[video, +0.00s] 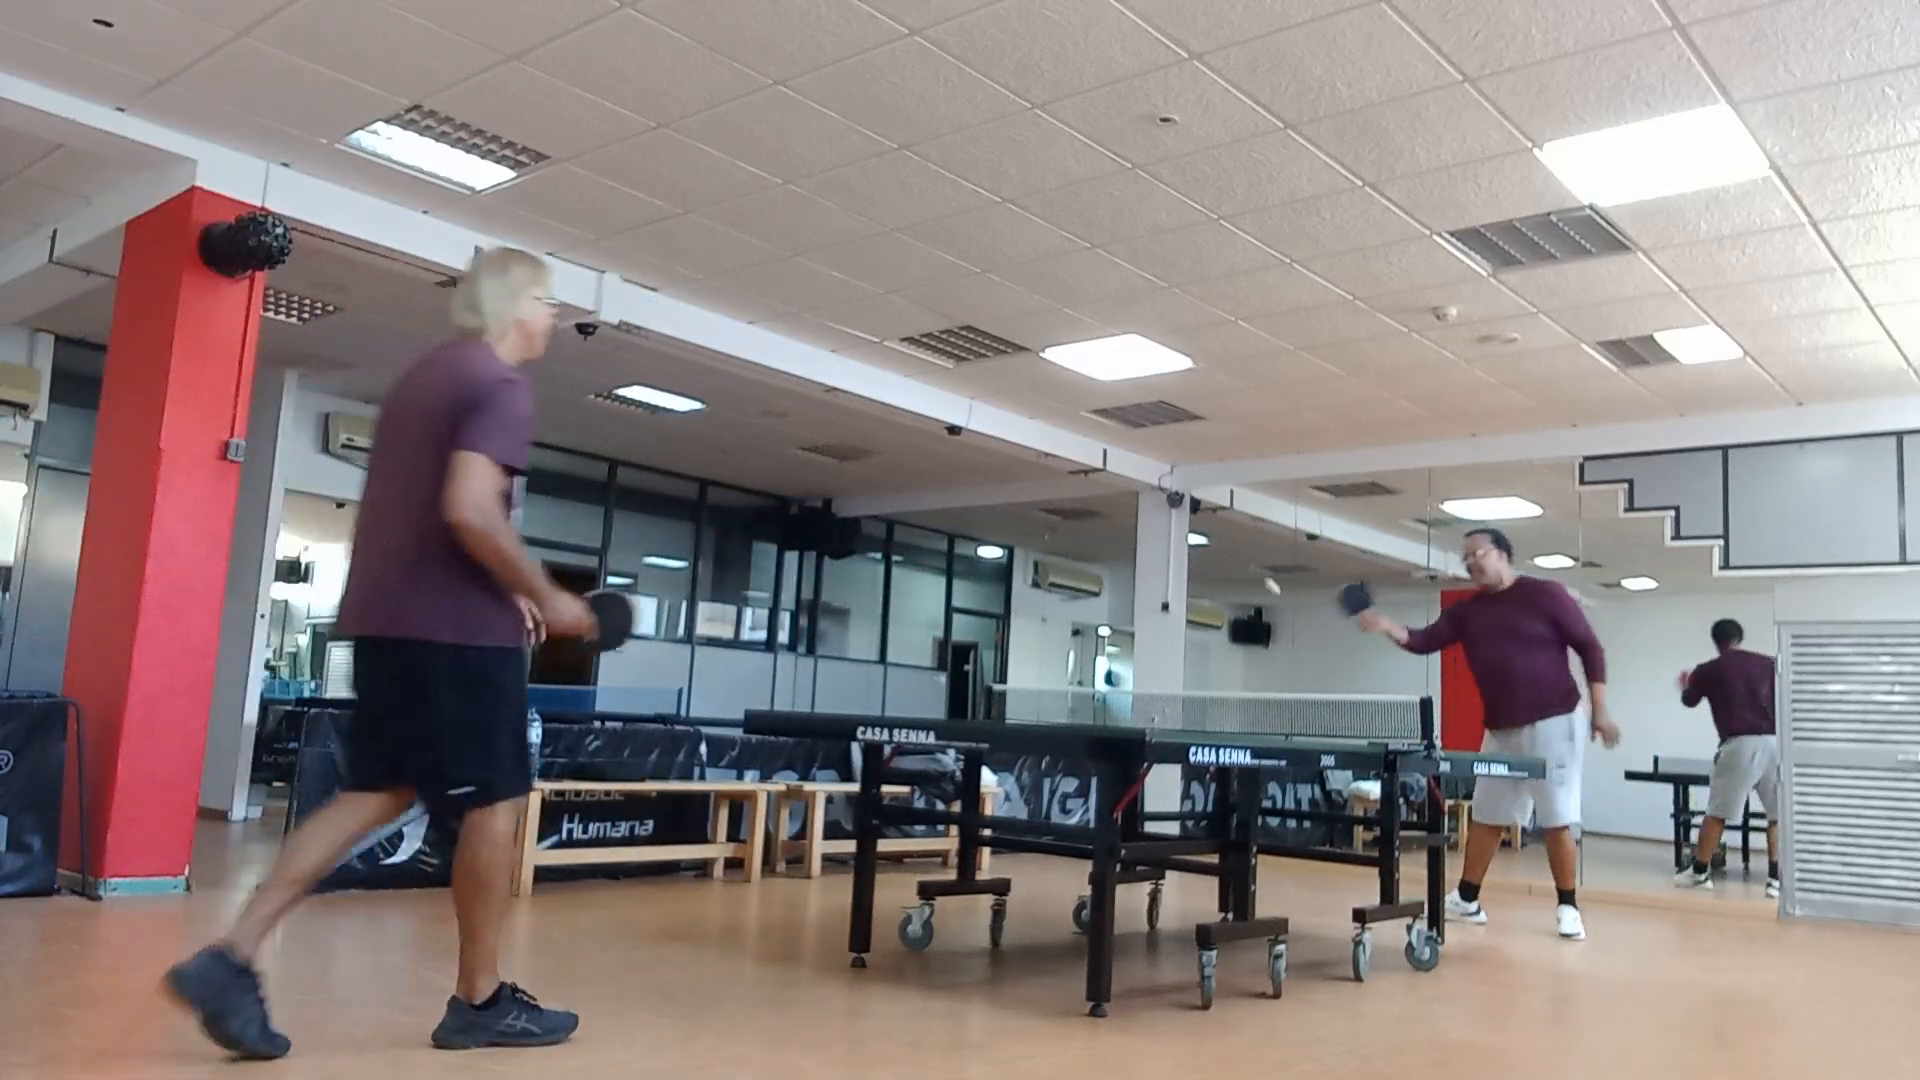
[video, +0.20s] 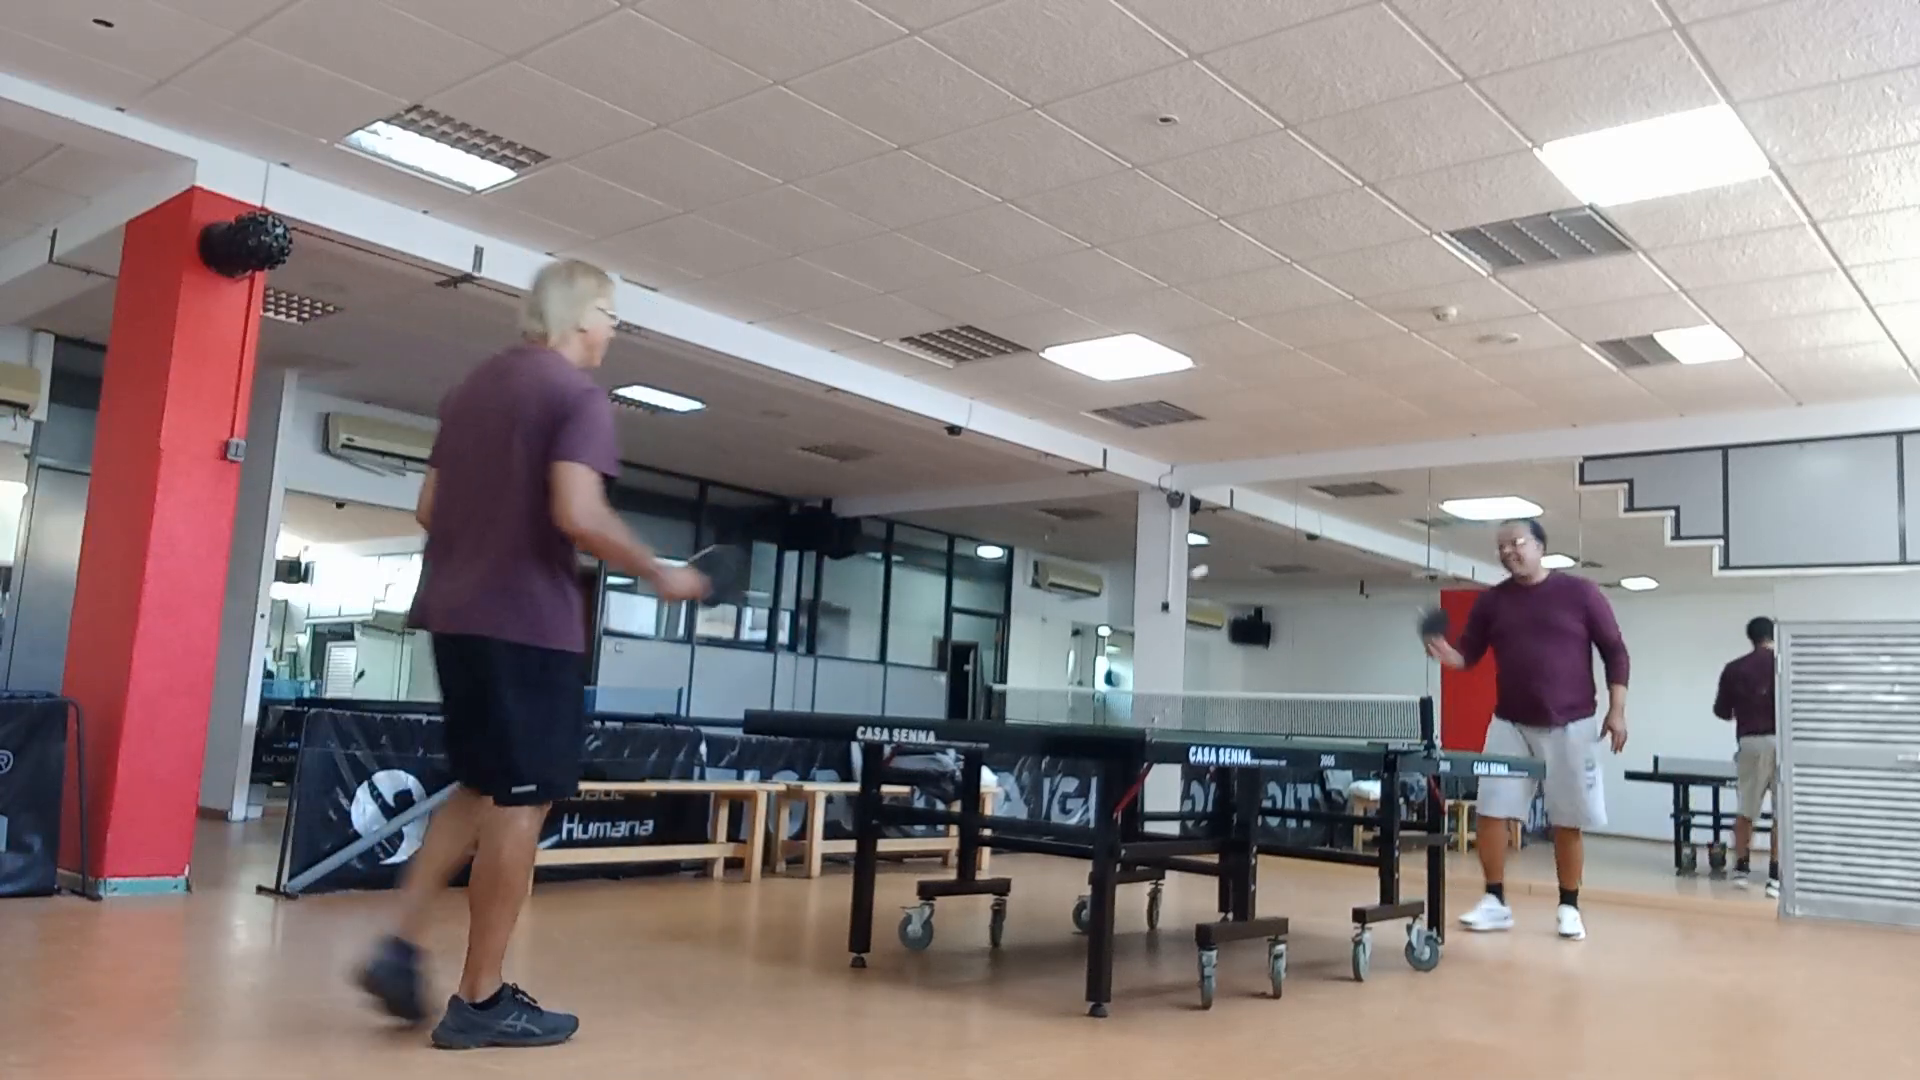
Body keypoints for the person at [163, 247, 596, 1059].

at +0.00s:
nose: (551, 322)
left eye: (551, 308)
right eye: (546, 307)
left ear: (475, 306)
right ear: (516, 310)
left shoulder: (424, 375)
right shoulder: (500, 384)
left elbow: (416, 518)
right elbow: (471, 510)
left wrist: (510, 593)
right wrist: (549, 594)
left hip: (387, 626)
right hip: (462, 634)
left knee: (385, 786)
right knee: (497, 799)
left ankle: (232, 958)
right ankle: (481, 997)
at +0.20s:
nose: (612, 336)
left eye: (611, 323)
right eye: (609, 323)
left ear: (539, 318)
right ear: (584, 323)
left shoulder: (476, 385)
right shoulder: (577, 393)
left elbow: (430, 512)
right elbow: (579, 513)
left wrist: (505, 547)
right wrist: (660, 572)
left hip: (456, 620)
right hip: (529, 627)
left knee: (481, 785)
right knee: (522, 802)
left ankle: (399, 944)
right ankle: (480, 999)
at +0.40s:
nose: (654, 355)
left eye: (654, 341)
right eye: (651, 341)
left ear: (585, 336)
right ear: (626, 340)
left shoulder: (517, 405)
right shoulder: (622, 410)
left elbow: (470, 517)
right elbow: (668, 522)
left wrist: (522, 578)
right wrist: (762, 536)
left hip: (505, 629)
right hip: (570, 635)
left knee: (541, 802)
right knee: (536, 810)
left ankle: (570, 959)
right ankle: (480, 997)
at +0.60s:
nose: (685, 366)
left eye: (682, 352)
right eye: (678, 350)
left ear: (618, 355)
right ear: (644, 353)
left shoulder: (559, 423)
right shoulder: (642, 421)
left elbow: (520, 537)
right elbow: (714, 517)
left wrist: (585, 578)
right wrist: (823, 521)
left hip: (555, 638)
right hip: (614, 641)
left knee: (590, 800)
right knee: (633, 794)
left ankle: (590, 966)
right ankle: (514, 961)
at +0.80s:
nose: (705, 370)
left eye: (704, 358)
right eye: (696, 356)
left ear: (646, 366)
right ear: (659, 364)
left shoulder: (599, 429)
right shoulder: (655, 427)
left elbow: (607, 552)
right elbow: (733, 517)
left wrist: (677, 612)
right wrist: (835, 526)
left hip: (588, 643)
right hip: (649, 645)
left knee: (611, 792)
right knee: (705, 780)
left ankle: (588, 971)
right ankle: (619, 943)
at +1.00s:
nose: (733, 384)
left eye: (731, 372)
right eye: (725, 369)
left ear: (676, 377)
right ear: (689, 374)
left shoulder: (632, 442)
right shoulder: (685, 439)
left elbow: (649, 555)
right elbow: (730, 535)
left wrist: (726, 576)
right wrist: (836, 556)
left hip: (624, 651)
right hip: (685, 654)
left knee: (624, 790)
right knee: (716, 794)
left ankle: (591, 962)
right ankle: (725, 956)